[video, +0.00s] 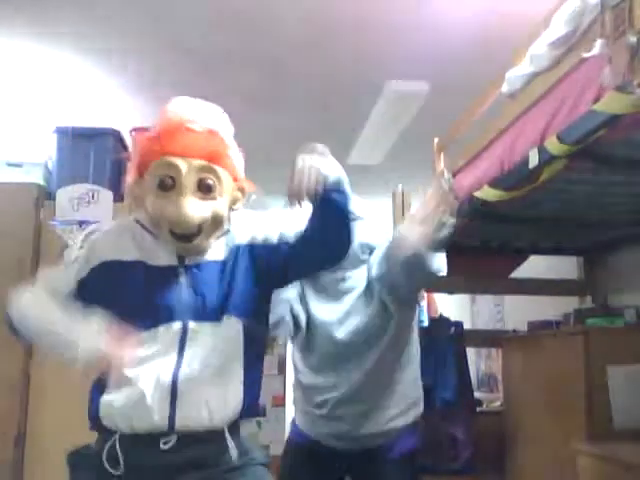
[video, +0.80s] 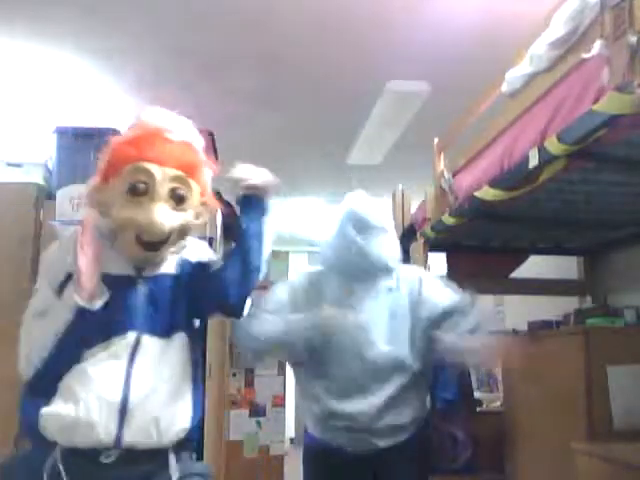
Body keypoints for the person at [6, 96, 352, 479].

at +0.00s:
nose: (185, 204)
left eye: (205, 187)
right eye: (166, 184)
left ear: (233, 197)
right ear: (139, 191)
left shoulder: (250, 259)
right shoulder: (109, 258)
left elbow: (325, 250)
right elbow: (28, 307)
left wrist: (328, 185)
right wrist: (98, 339)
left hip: (221, 456)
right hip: (127, 459)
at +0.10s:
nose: (191, 208)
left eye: (211, 189)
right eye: (172, 187)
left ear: (238, 197)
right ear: (142, 192)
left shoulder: (248, 262)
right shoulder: (113, 251)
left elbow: (312, 274)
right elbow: (16, 291)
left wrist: (318, 194)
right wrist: (91, 291)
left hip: (220, 459)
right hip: (128, 457)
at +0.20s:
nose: (193, 207)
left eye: (214, 189)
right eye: (175, 186)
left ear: (241, 200)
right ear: (148, 192)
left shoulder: (242, 268)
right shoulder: (114, 254)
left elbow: (294, 303)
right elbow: (12, 274)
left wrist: (308, 214)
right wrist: (86, 267)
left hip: (224, 460)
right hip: (133, 459)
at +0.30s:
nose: (193, 214)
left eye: (215, 194)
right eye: (176, 191)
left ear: (241, 208)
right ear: (148, 199)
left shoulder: (232, 280)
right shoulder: (111, 266)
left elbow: (260, 352)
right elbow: (15, 244)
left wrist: (267, 270)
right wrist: (79, 201)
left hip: (224, 464)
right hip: (132, 464)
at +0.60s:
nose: (173, 214)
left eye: (195, 198)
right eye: (157, 193)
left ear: (220, 208)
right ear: (129, 196)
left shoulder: (221, 270)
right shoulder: (98, 253)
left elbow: (260, 344)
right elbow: (24, 293)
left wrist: (252, 259)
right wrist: (76, 194)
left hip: (195, 464)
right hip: (102, 463)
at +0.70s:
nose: (166, 219)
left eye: (188, 198)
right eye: (149, 193)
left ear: (213, 211)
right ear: (119, 196)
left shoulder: (211, 271)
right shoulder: (94, 261)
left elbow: (257, 333)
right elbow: (35, 332)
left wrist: (265, 240)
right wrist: (74, 236)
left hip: (177, 460)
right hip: (91, 460)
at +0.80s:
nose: (154, 216)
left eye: (177, 196)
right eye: (137, 190)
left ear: (196, 208)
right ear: (105, 194)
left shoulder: (190, 265)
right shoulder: (71, 256)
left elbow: (233, 296)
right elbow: (31, 366)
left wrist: (252, 211)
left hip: (159, 460)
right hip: (73, 459)